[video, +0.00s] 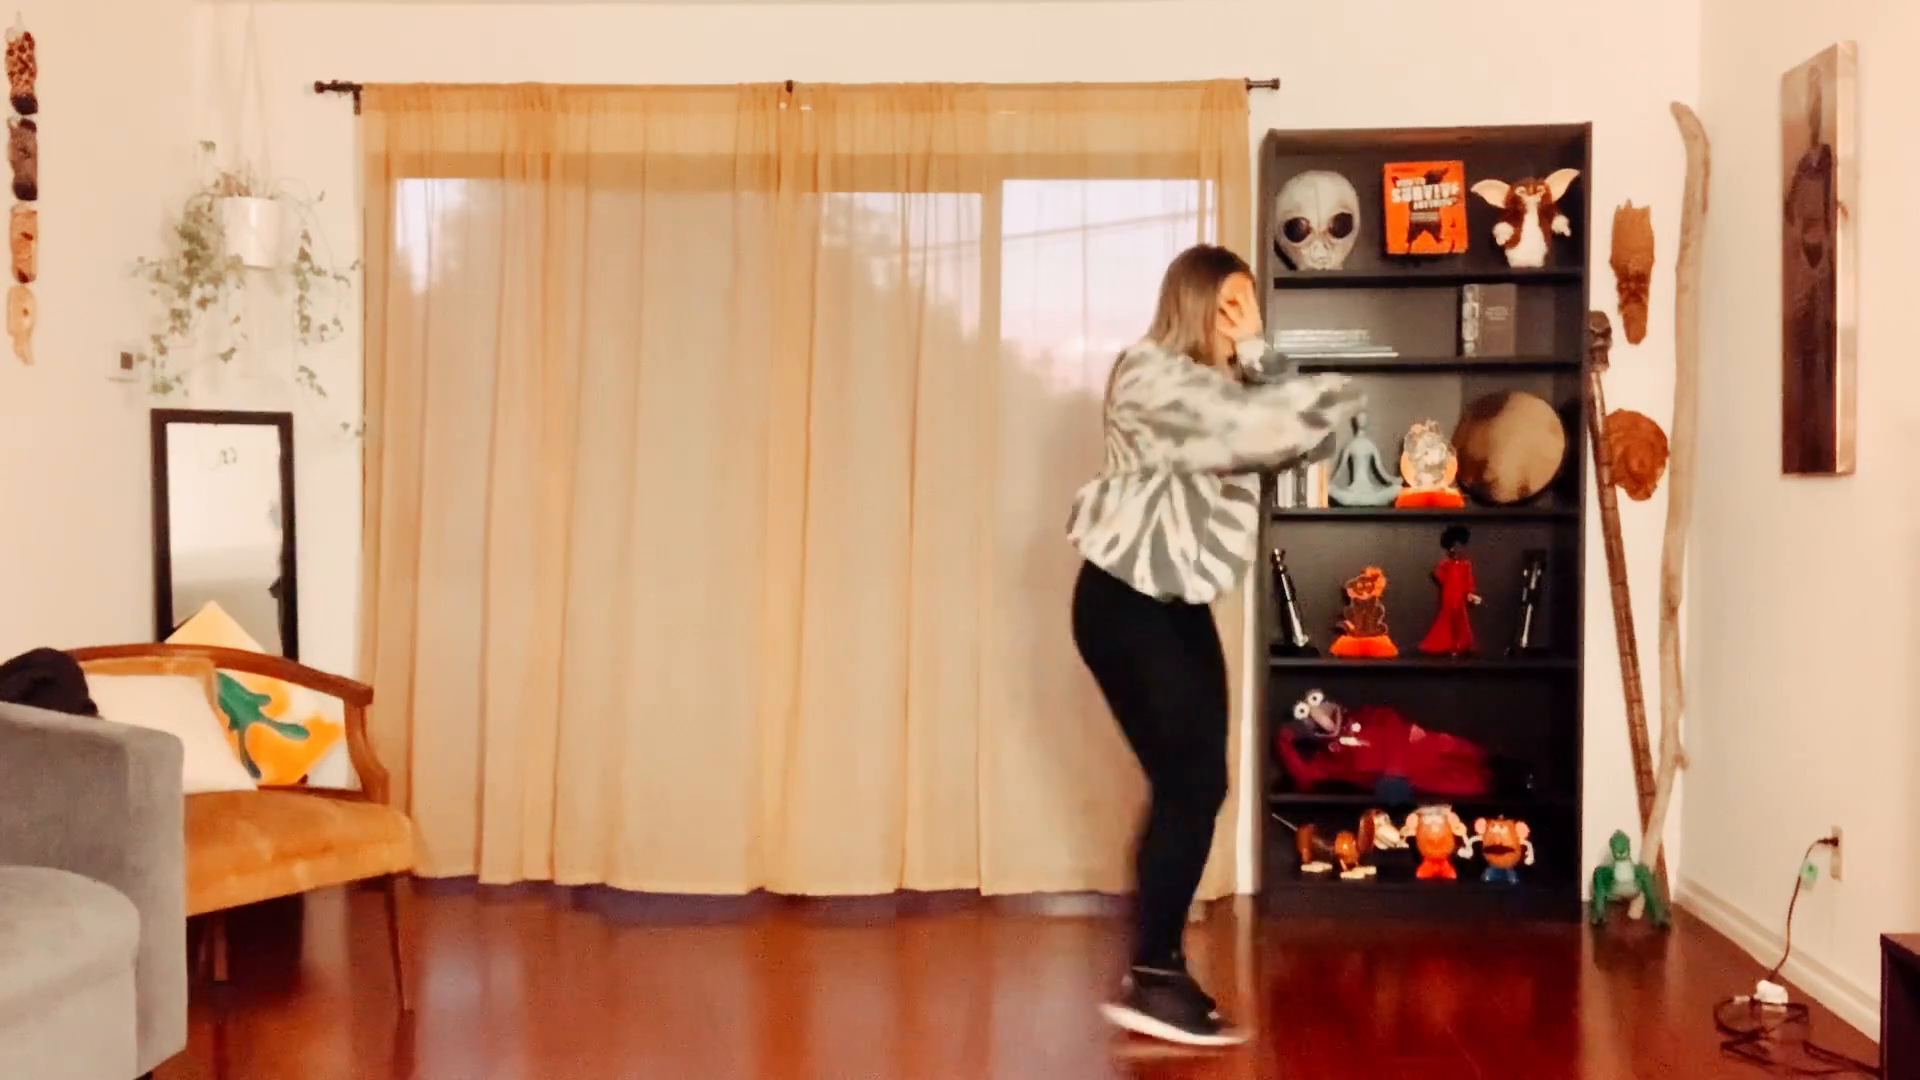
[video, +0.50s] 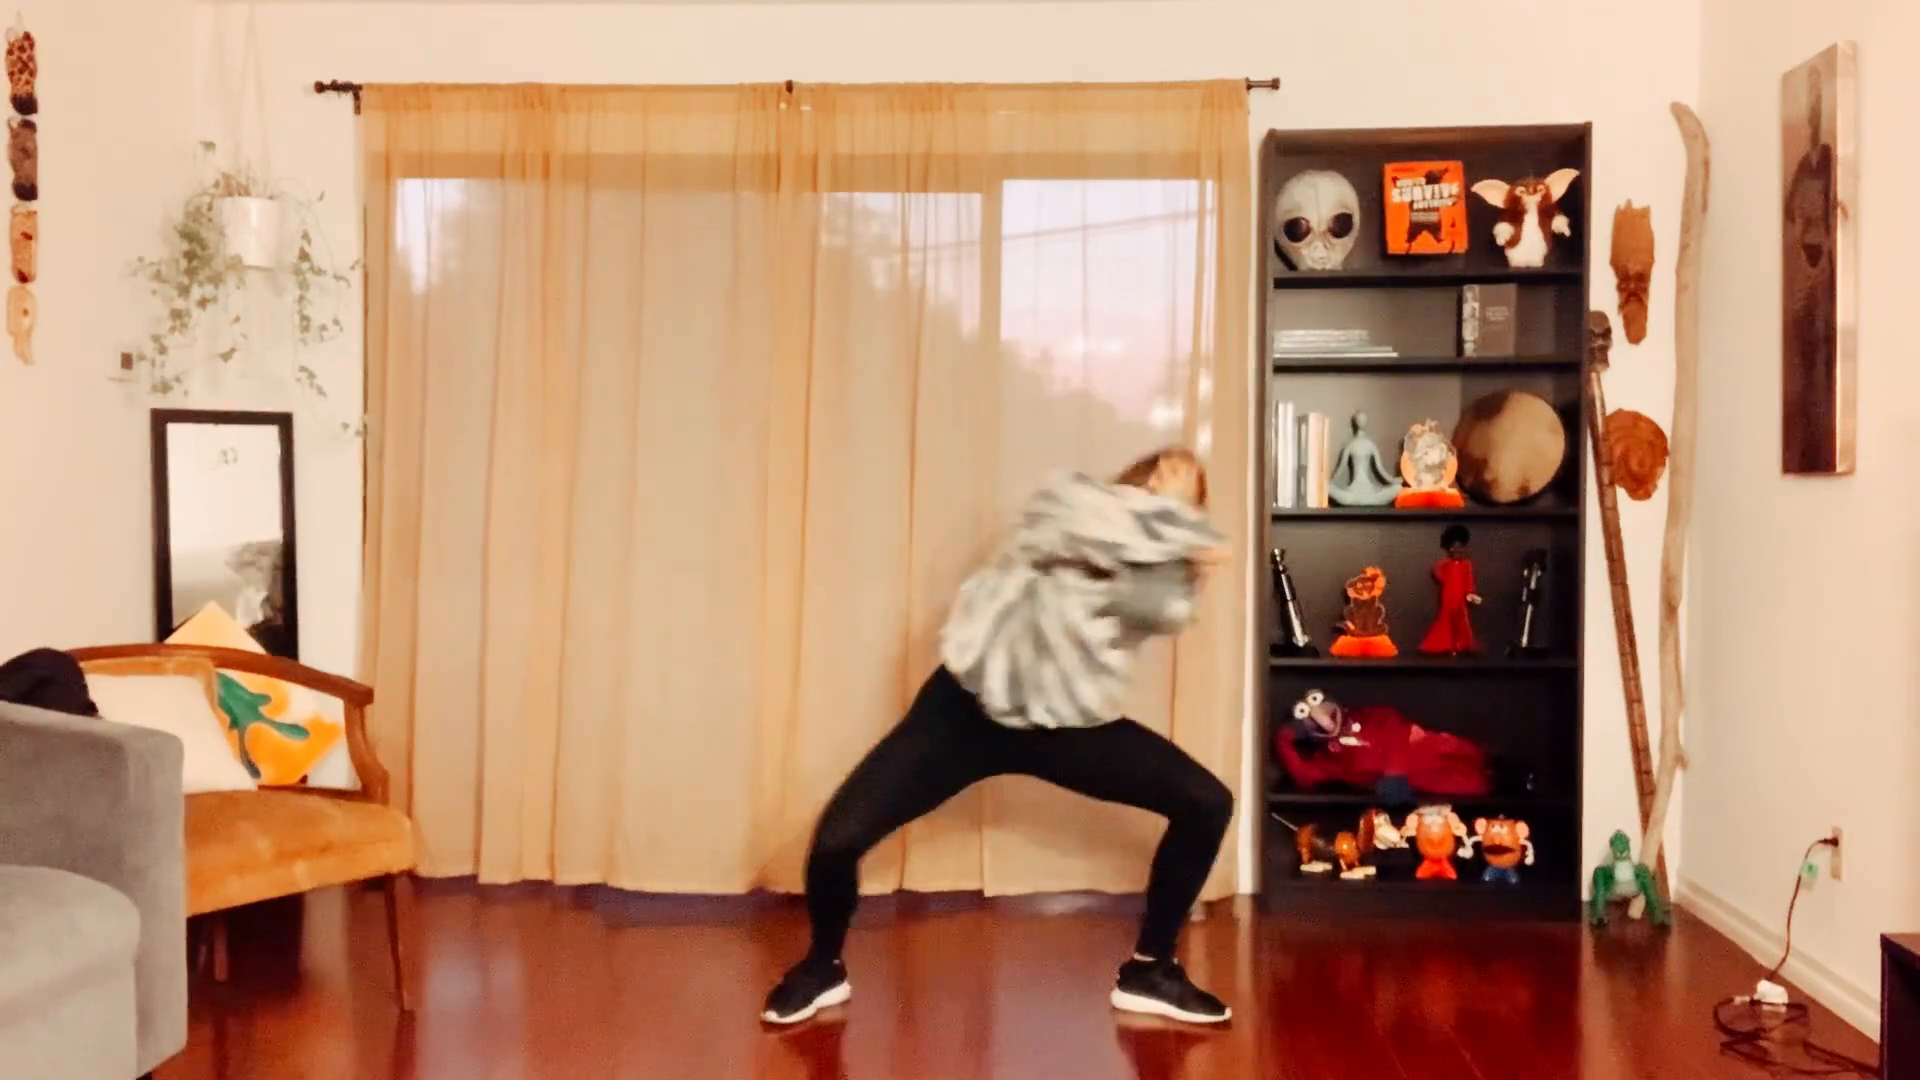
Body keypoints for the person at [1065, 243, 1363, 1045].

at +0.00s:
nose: (1248, 324)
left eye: (1251, 308)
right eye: (1238, 306)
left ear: (1215, 308)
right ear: (1202, 304)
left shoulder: (1207, 379)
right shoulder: (1151, 374)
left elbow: (1271, 425)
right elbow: (1252, 430)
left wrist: (1258, 363)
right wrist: (1337, 398)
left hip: (1177, 601)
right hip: (1126, 601)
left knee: (1201, 780)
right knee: (1189, 781)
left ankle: (1159, 968)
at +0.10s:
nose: (1252, 316)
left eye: (1250, 302)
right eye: (1241, 300)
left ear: (1189, 303)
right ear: (1206, 302)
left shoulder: (1206, 378)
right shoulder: (1159, 367)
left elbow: (1281, 429)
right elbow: (1285, 405)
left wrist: (1257, 350)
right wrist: (1339, 376)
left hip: (1156, 603)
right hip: (1097, 595)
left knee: (1187, 784)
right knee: (1115, 788)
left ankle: (1151, 960)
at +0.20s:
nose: (1238, 342)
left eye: (1237, 328)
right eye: (1226, 328)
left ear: (1206, 328)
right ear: (1185, 329)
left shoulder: (1208, 397)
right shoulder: (1149, 392)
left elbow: (1287, 413)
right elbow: (1245, 431)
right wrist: (1323, 414)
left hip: (1134, 626)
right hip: (1070, 610)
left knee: (1196, 790)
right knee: (1040, 801)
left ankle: (1147, 968)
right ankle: (924, 946)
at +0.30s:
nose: (1222, 388)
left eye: (1219, 373)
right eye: (1209, 374)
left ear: (1177, 382)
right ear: (1169, 379)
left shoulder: (1191, 448)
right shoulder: (1134, 439)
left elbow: (1249, 491)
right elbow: (1234, 501)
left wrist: (1239, 424)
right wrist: (1302, 462)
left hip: (1116, 664)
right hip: (1048, 642)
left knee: (1217, 802)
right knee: (960, 820)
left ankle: (1150, 969)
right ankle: (839, 965)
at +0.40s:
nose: (1203, 444)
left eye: (1207, 431)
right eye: (1191, 428)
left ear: (1199, 440)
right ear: (1151, 432)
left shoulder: (1189, 511)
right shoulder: (1104, 477)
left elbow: (1225, 587)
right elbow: (1205, 540)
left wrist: (1235, 516)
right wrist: (1242, 497)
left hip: (1097, 701)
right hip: (1009, 679)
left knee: (1220, 805)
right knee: (891, 833)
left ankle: (1151, 969)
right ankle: (823, 966)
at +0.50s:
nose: (1170, 493)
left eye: (1186, 489)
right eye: (1160, 479)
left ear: (1197, 513)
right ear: (1130, 481)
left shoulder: (1169, 573)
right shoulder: (1066, 498)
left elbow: (1147, 608)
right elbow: (1099, 533)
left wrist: (1160, 525)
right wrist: (1174, 537)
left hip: (1067, 725)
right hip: (965, 710)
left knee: (1205, 802)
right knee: (835, 840)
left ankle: (1150, 970)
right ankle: (823, 967)